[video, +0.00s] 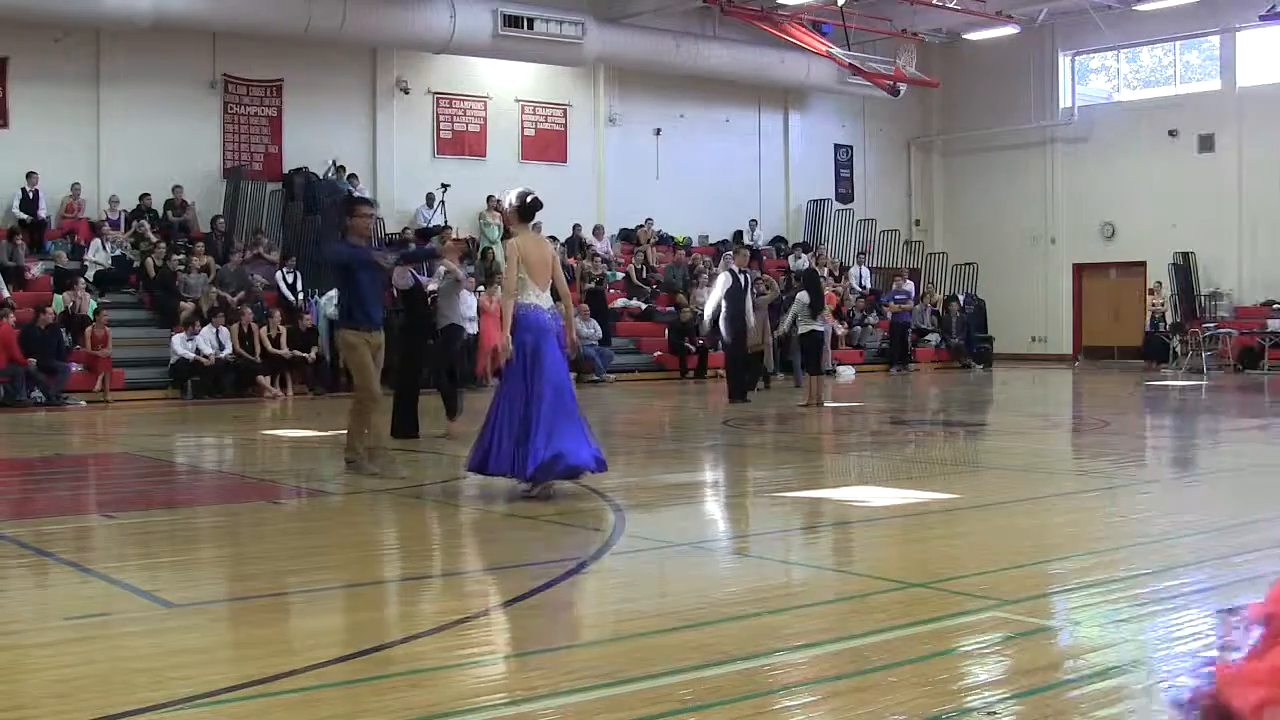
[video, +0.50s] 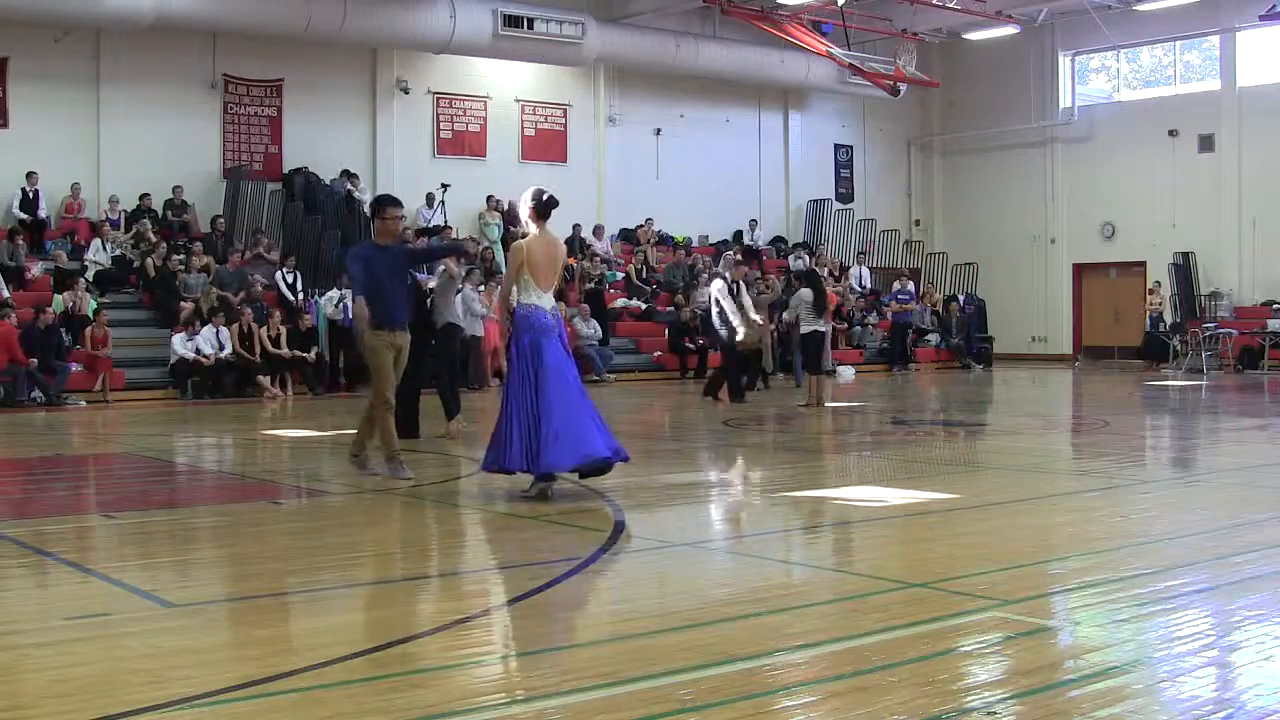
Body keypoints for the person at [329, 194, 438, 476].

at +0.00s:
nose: (369, 223)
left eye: (371, 218)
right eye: (364, 218)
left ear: (372, 221)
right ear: (349, 220)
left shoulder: (376, 251)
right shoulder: (342, 248)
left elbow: (404, 255)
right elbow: (331, 255)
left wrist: (439, 251)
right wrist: (371, 256)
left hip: (376, 333)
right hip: (352, 333)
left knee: (365, 396)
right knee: (372, 393)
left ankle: (353, 454)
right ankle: (377, 455)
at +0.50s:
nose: (400, 225)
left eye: (401, 219)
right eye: (394, 219)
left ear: (400, 220)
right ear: (378, 220)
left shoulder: (401, 252)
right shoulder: (360, 252)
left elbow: (429, 252)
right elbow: (357, 277)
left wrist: (459, 246)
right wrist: (359, 298)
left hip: (402, 334)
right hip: (376, 334)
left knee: (383, 396)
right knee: (385, 397)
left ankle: (357, 450)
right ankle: (393, 458)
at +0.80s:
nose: (415, 225)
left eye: (416, 219)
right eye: (409, 220)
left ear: (415, 220)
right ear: (393, 222)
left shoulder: (420, 253)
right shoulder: (375, 252)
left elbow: (445, 253)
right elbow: (355, 265)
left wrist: (472, 243)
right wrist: (347, 274)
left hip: (414, 337)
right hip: (383, 337)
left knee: (414, 398)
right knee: (390, 402)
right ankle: (394, 459)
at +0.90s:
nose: (417, 224)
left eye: (420, 219)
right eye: (411, 219)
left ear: (422, 220)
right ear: (397, 221)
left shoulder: (424, 253)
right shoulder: (380, 251)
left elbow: (453, 253)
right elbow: (356, 261)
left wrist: (480, 247)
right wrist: (364, 263)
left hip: (418, 336)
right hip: (385, 337)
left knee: (429, 396)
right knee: (392, 401)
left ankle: (423, 458)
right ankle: (395, 459)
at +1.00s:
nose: (420, 225)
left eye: (424, 219)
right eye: (414, 219)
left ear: (427, 221)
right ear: (401, 221)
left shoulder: (430, 254)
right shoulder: (383, 251)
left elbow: (461, 254)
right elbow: (368, 257)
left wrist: (496, 251)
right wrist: (384, 262)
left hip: (423, 336)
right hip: (391, 337)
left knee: (438, 397)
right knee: (393, 401)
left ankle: (449, 463)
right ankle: (395, 460)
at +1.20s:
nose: (427, 224)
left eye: (432, 219)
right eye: (422, 218)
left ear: (440, 222)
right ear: (413, 220)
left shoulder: (445, 253)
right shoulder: (401, 252)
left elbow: (476, 255)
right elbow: (403, 272)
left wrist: (507, 253)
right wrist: (423, 282)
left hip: (442, 337)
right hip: (409, 338)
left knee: (451, 402)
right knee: (404, 403)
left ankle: (456, 465)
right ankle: (397, 459)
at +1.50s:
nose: (443, 221)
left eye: (449, 215)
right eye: (438, 215)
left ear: (459, 217)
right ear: (432, 217)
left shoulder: (471, 249)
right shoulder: (422, 252)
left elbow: (500, 258)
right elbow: (418, 294)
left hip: (469, 332)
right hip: (440, 332)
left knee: (470, 396)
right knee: (447, 395)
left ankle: (464, 455)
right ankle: (426, 448)